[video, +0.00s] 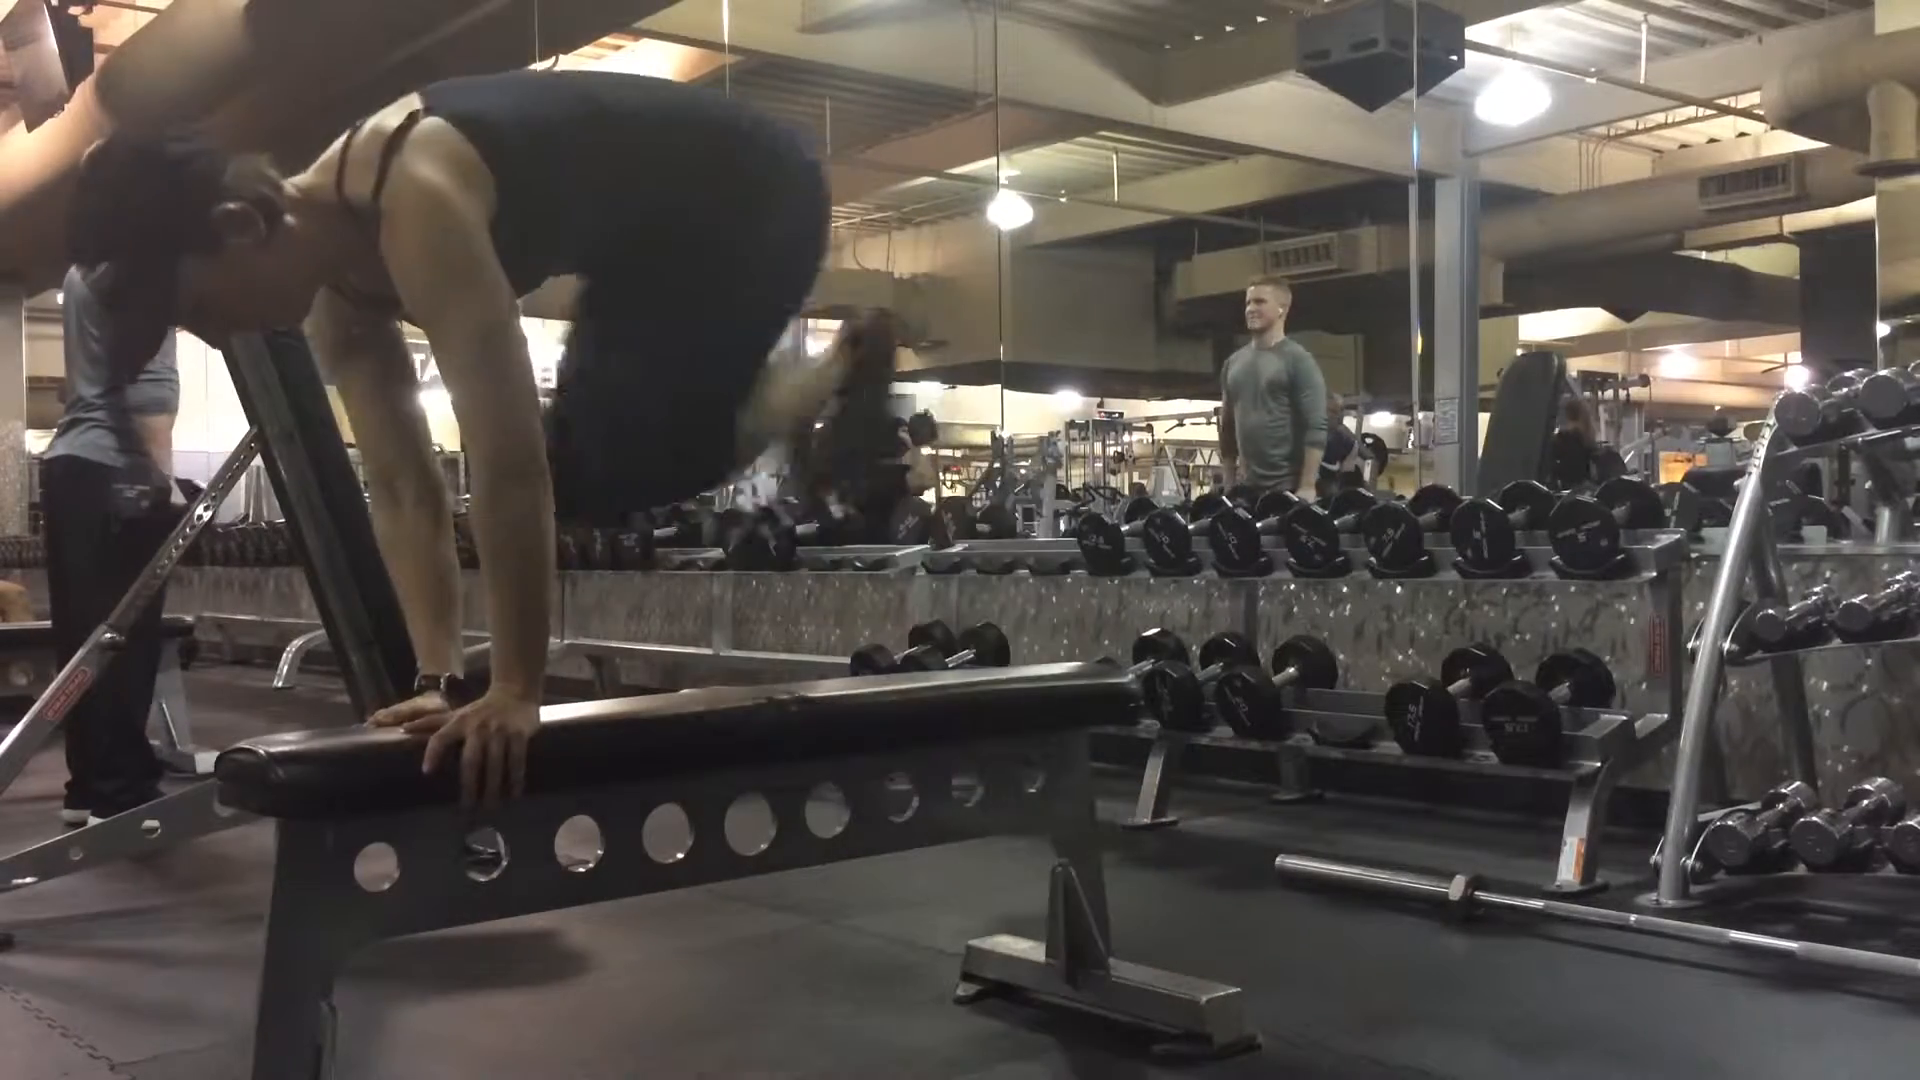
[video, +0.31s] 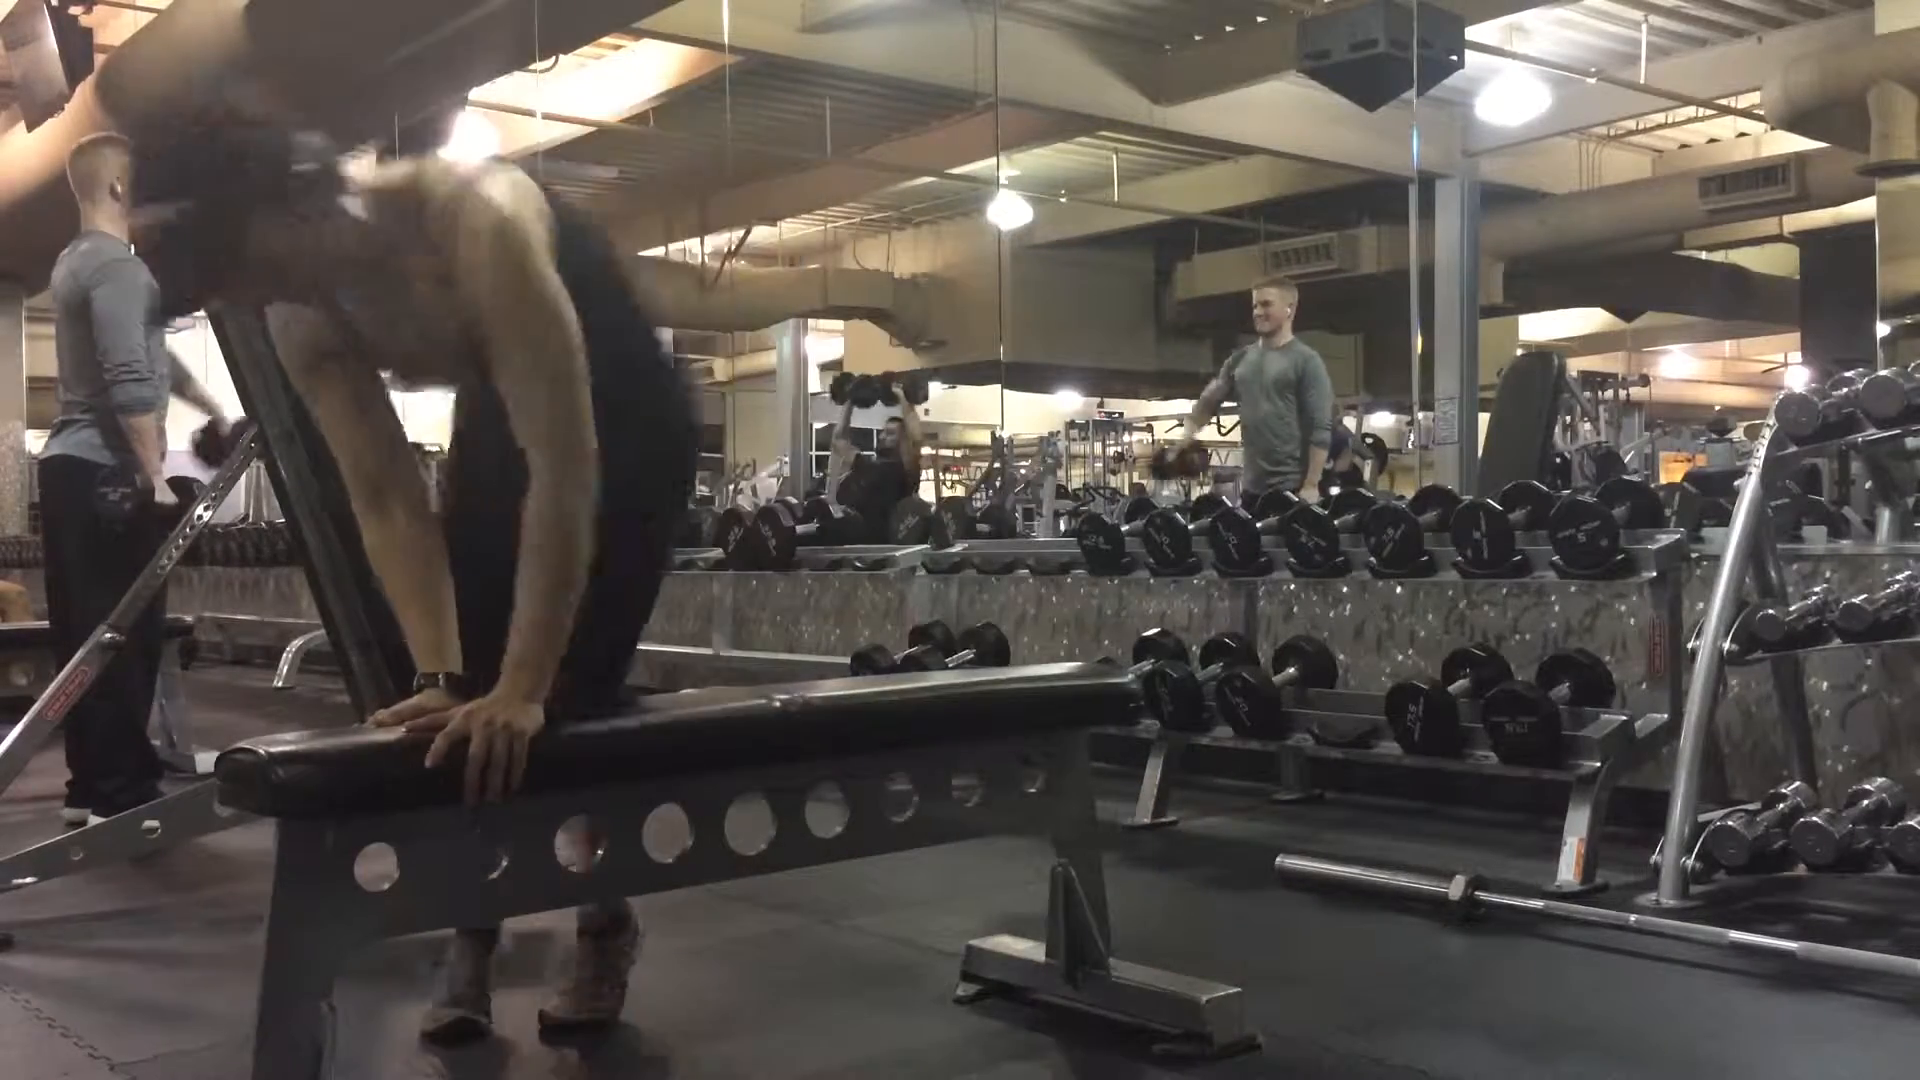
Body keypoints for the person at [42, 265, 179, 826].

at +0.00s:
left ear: (108, 216)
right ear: (148, 223)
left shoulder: (79, 270)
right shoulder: (135, 272)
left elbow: (79, 384)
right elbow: (148, 386)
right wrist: (163, 481)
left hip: (71, 462)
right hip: (116, 468)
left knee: (83, 629)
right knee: (127, 629)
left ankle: (89, 783)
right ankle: (117, 788)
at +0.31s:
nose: (143, 196)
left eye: (137, 184)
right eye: (137, 185)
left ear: (80, 189)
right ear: (120, 186)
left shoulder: (78, 261)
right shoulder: (115, 264)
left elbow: (151, 352)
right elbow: (128, 381)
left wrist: (210, 405)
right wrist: (156, 478)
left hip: (72, 466)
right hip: (107, 470)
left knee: (89, 630)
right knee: (126, 628)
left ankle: (94, 781)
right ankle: (120, 786)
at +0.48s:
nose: (146, 204)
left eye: (146, 191)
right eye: (141, 190)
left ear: (90, 191)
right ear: (111, 188)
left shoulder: (70, 262)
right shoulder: (113, 266)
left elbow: (167, 310)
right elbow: (128, 383)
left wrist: (228, 314)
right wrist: (155, 474)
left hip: (70, 469)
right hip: (107, 471)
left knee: (87, 630)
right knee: (123, 631)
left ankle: (93, 785)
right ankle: (121, 790)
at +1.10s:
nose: (191, 233)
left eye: (191, 221)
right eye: (186, 219)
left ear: (135, 216)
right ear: (159, 216)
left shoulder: (100, 274)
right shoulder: (131, 283)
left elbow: (177, 348)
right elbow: (144, 398)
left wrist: (239, 389)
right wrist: (167, 495)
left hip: (50, 478)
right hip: (85, 483)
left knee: (85, 640)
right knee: (142, 635)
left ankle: (89, 789)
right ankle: (125, 793)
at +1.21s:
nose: (214, 263)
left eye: (216, 250)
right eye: (211, 249)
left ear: (162, 244)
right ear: (189, 245)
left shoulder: (144, 300)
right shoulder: (153, 301)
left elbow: (183, 404)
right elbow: (154, 417)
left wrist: (232, 462)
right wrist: (170, 518)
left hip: (42, 478)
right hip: (57, 481)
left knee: (86, 638)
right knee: (123, 633)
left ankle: (93, 787)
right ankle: (114, 791)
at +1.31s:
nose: (253, 344)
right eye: (256, 332)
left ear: (221, 319)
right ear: (235, 327)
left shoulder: (185, 362)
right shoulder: (180, 349)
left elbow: (181, 472)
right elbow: (166, 466)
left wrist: (197, 558)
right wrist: (171, 559)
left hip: (49, 481)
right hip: (44, 482)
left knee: (94, 641)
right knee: (102, 641)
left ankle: (101, 785)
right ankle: (101, 791)